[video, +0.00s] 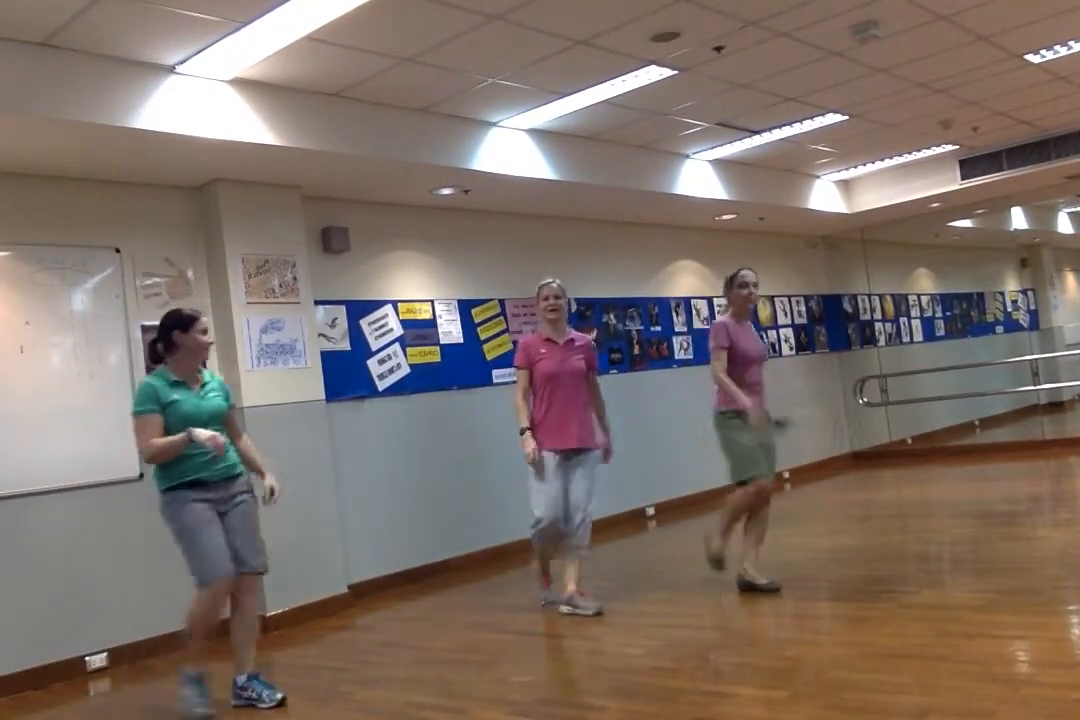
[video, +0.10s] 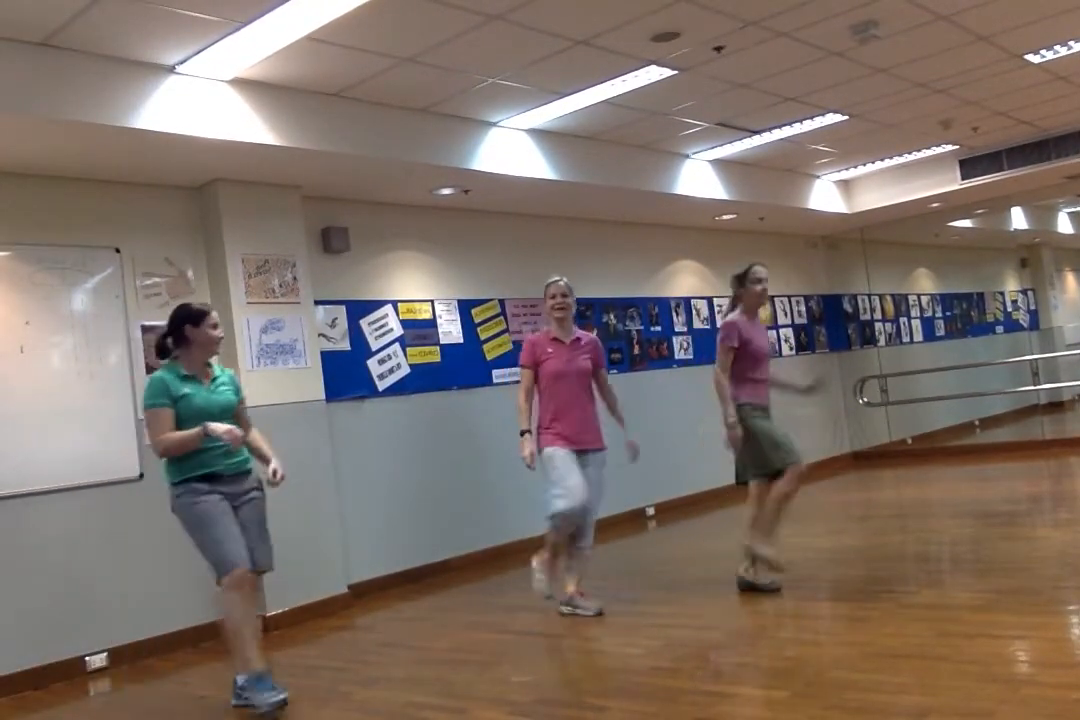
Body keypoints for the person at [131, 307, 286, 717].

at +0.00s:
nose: (210, 339)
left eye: (208, 332)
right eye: (201, 332)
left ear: (191, 339)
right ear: (175, 340)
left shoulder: (216, 384)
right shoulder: (152, 388)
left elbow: (237, 436)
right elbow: (149, 451)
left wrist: (263, 473)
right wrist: (189, 436)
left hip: (235, 489)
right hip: (187, 496)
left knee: (249, 577)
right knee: (218, 579)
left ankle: (245, 679)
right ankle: (192, 676)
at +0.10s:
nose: (220, 333)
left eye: (218, 326)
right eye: (211, 327)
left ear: (205, 334)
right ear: (186, 334)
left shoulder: (227, 377)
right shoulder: (162, 381)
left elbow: (245, 428)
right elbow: (161, 444)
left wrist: (269, 457)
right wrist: (207, 430)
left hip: (244, 484)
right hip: (198, 490)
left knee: (253, 577)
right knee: (237, 574)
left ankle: (250, 676)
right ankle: (253, 676)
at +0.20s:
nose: (231, 331)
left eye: (229, 325)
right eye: (223, 326)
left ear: (210, 332)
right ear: (198, 332)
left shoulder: (233, 375)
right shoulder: (175, 379)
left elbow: (248, 427)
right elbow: (177, 442)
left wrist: (270, 446)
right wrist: (227, 427)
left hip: (251, 481)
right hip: (206, 489)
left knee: (257, 579)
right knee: (254, 572)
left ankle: (245, 680)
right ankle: (293, 667)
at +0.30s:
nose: (240, 333)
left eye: (238, 327)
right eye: (232, 328)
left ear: (218, 334)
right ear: (208, 334)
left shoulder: (237, 375)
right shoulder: (186, 382)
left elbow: (243, 431)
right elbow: (195, 445)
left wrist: (272, 445)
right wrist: (252, 434)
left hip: (258, 485)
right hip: (215, 493)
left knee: (274, 578)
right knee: (262, 575)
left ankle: (247, 678)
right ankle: (299, 672)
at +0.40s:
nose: (250, 335)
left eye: (249, 329)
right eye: (242, 330)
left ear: (225, 338)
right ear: (217, 338)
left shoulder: (242, 380)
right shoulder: (198, 385)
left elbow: (246, 432)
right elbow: (213, 447)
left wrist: (279, 446)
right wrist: (271, 455)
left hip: (258, 486)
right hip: (218, 496)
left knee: (291, 572)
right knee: (268, 574)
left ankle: (252, 668)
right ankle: (300, 673)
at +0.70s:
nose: (239, 351)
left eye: (237, 345)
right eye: (232, 346)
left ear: (213, 353)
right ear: (208, 352)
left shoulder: (227, 389)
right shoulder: (189, 400)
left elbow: (232, 445)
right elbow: (167, 457)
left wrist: (252, 484)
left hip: (242, 500)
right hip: (209, 505)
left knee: (232, 593)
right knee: (256, 584)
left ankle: (179, 643)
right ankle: (298, 674)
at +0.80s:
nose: (233, 367)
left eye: (232, 360)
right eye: (227, 361)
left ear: (208, 367)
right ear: (204, 366)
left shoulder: (218, 401)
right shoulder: (174, 413)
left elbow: (201, 448)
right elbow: (127, 460)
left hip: (226, 507)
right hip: (193, 514)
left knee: (208, 599)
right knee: (245, 593)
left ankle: (164, 659)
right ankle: (290, 672)